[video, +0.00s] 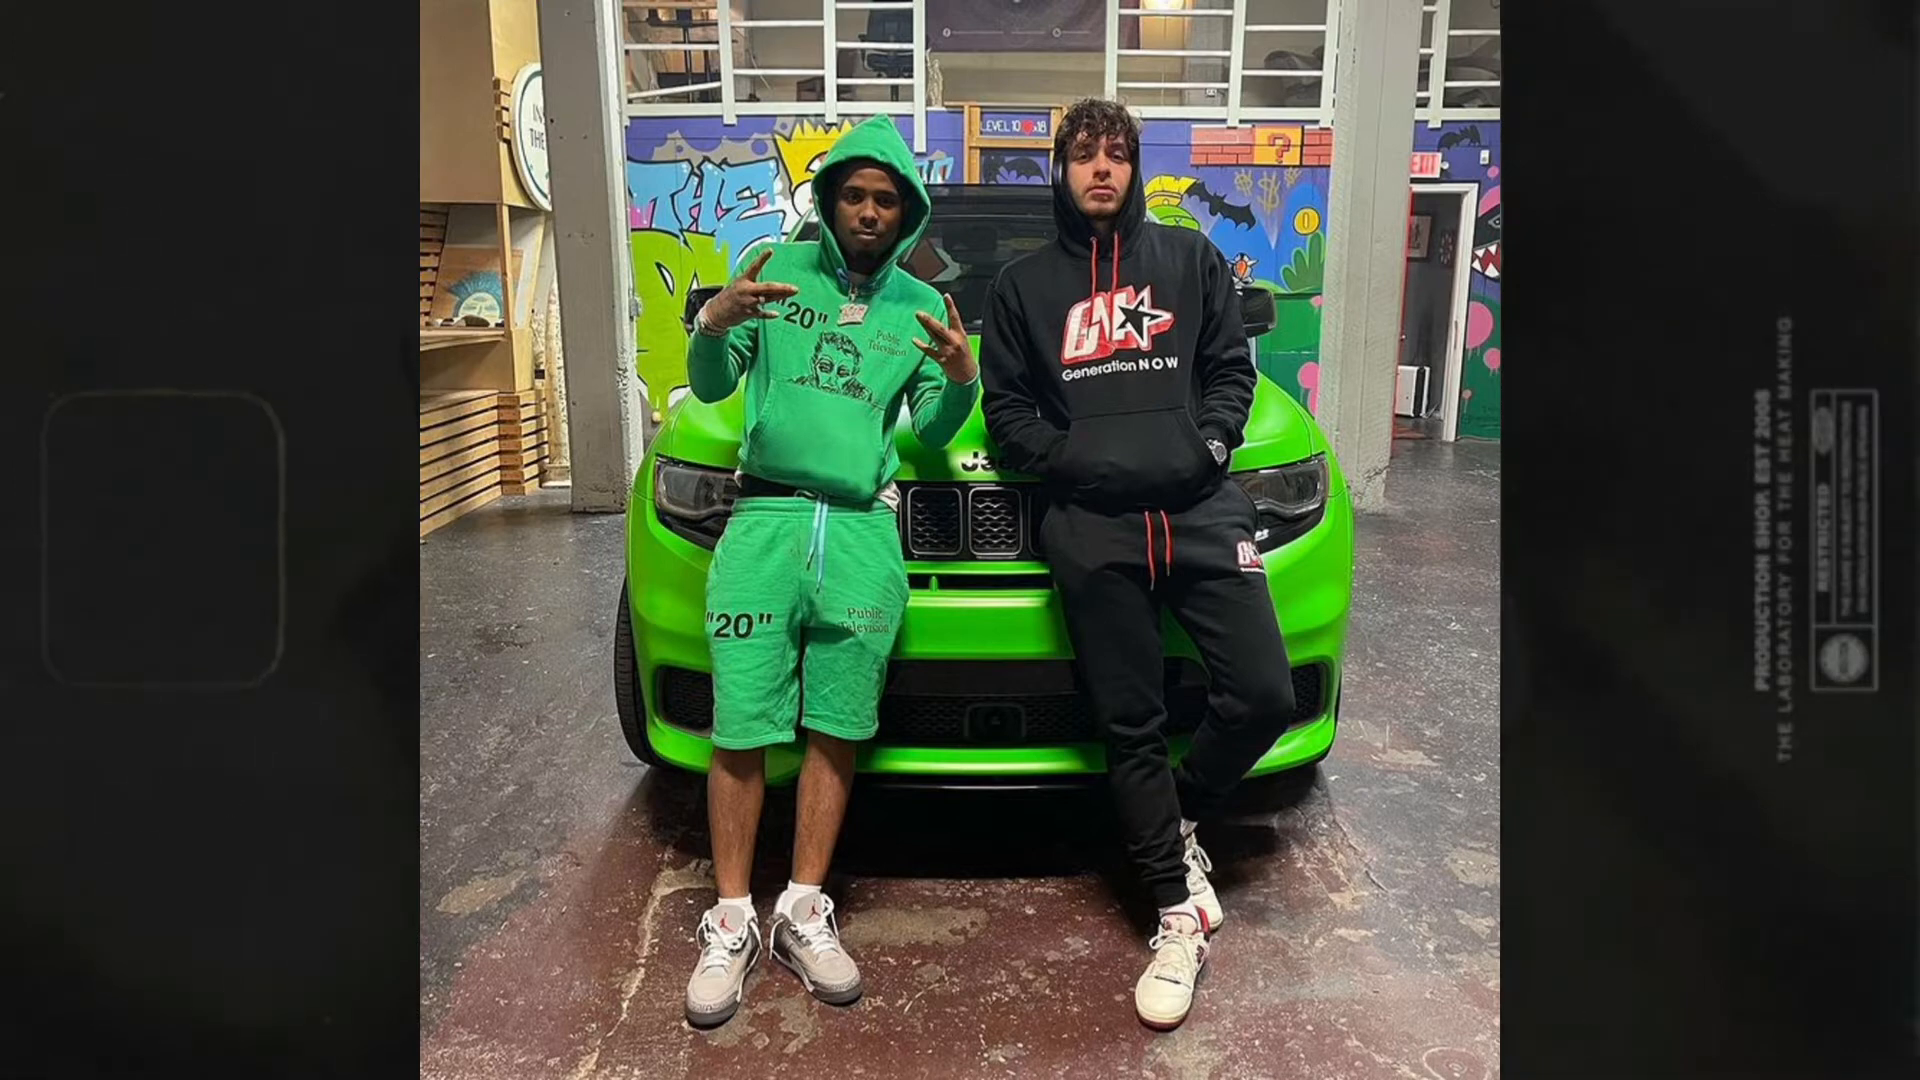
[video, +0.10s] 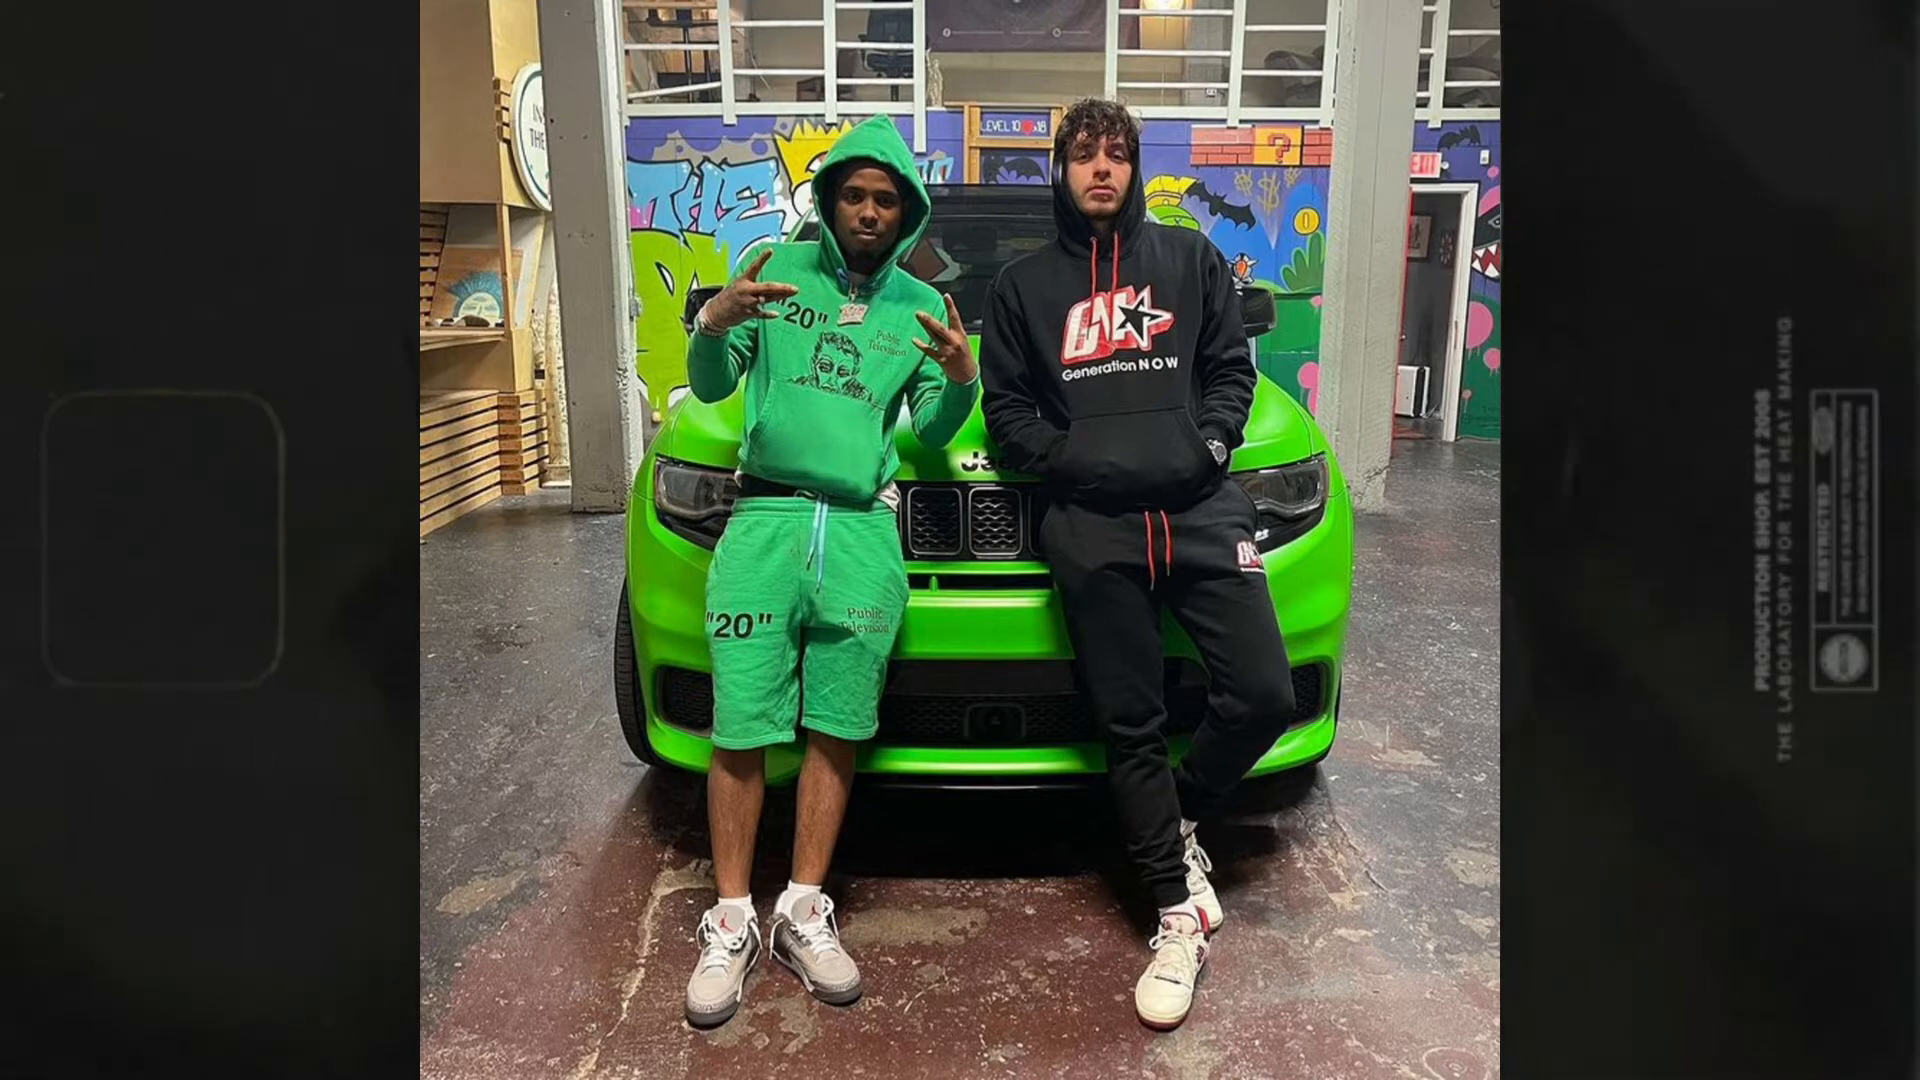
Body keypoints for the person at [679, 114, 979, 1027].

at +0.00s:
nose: (868, 212)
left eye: (885, 198)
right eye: (854, 196)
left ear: (907, 212)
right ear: (827, 202)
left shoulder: (923, 305)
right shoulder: (776, 268)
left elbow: (923, 439)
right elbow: (712, 384)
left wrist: (961, 380)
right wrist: (713, 321)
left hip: (861, 527)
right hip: (763, 517)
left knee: (838, 728)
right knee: (741, 728)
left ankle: (805, 908)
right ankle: (732, 919)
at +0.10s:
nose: (868, 212)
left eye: (885, 198)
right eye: (854, 196)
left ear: (907, 212)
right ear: (827, 202)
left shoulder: (923, 305)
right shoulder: (776, 268)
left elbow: (923, 439)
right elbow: (712, 384)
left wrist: (961, 380)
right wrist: (713, 321)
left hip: (861, 527)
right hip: (763, 517)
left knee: (838, 728)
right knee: (741, 728)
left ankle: (805, 908)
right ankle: (732, 919)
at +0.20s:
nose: (868, 212)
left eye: (885, 198)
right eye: (854, 196)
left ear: (907, 212)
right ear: (827, 202)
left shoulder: (923, 305)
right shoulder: (776, 268)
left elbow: (923, 439)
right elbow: (712, 384)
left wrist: (961, 380)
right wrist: (713, 321)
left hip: (861, 527)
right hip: (763, 517)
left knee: (838, 728)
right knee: (741, 728)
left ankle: (805, 908)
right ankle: (732, 919)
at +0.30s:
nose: (868, 212)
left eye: (885, 198)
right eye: (854, 196)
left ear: (907, 212)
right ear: (827, 202)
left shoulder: (923, 305)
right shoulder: (776, 268)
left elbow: (923, 439)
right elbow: (712, 384)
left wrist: (961, 380)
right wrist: (713, 321)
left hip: (861, 527)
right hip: (763, 517)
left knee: (838, 728)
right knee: (741, 728)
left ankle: (805, 908)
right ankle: (732, 919)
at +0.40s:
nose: (868, 212)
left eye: (885, 198)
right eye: (854, 196)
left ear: (907, 212)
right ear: (827, 202)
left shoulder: (923, 305)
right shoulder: (776, 268)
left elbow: (923, 439)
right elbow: (712, 384)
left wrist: (961, 380)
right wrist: (713, 321)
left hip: (861, 527)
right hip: (763, 517)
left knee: (838, 728)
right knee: (741, 728)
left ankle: (805, 908)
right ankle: (732, 919)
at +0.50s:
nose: (868, 212)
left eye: (885, 198)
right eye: (854, 196)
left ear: (907, 212)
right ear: (827, 202)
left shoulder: (923, 305)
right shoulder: (776, 268)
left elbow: (923, 439)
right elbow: (712, 384)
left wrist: (961, 380)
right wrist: (713, 321)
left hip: (861, 527)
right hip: (763, 517)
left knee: (838, 728)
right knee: (741, 728)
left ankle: (805, 908)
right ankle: (732, 919)